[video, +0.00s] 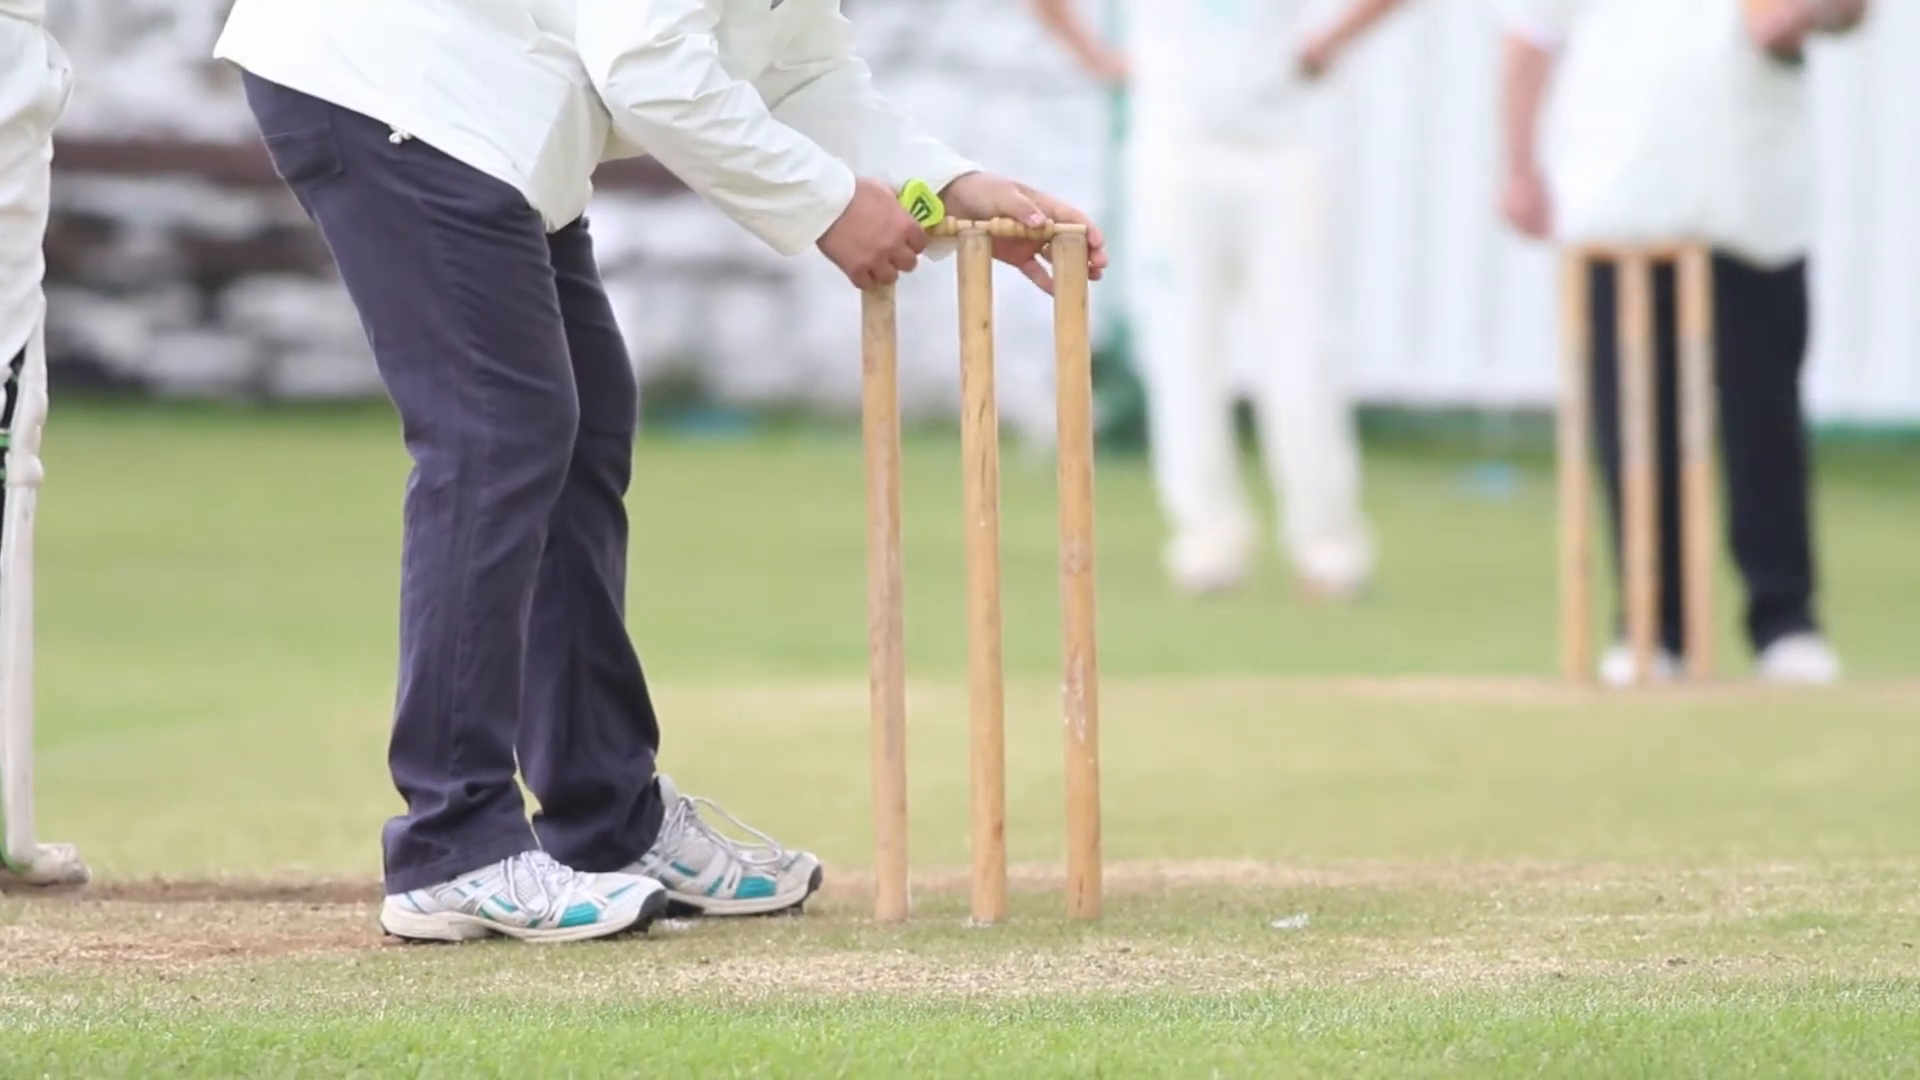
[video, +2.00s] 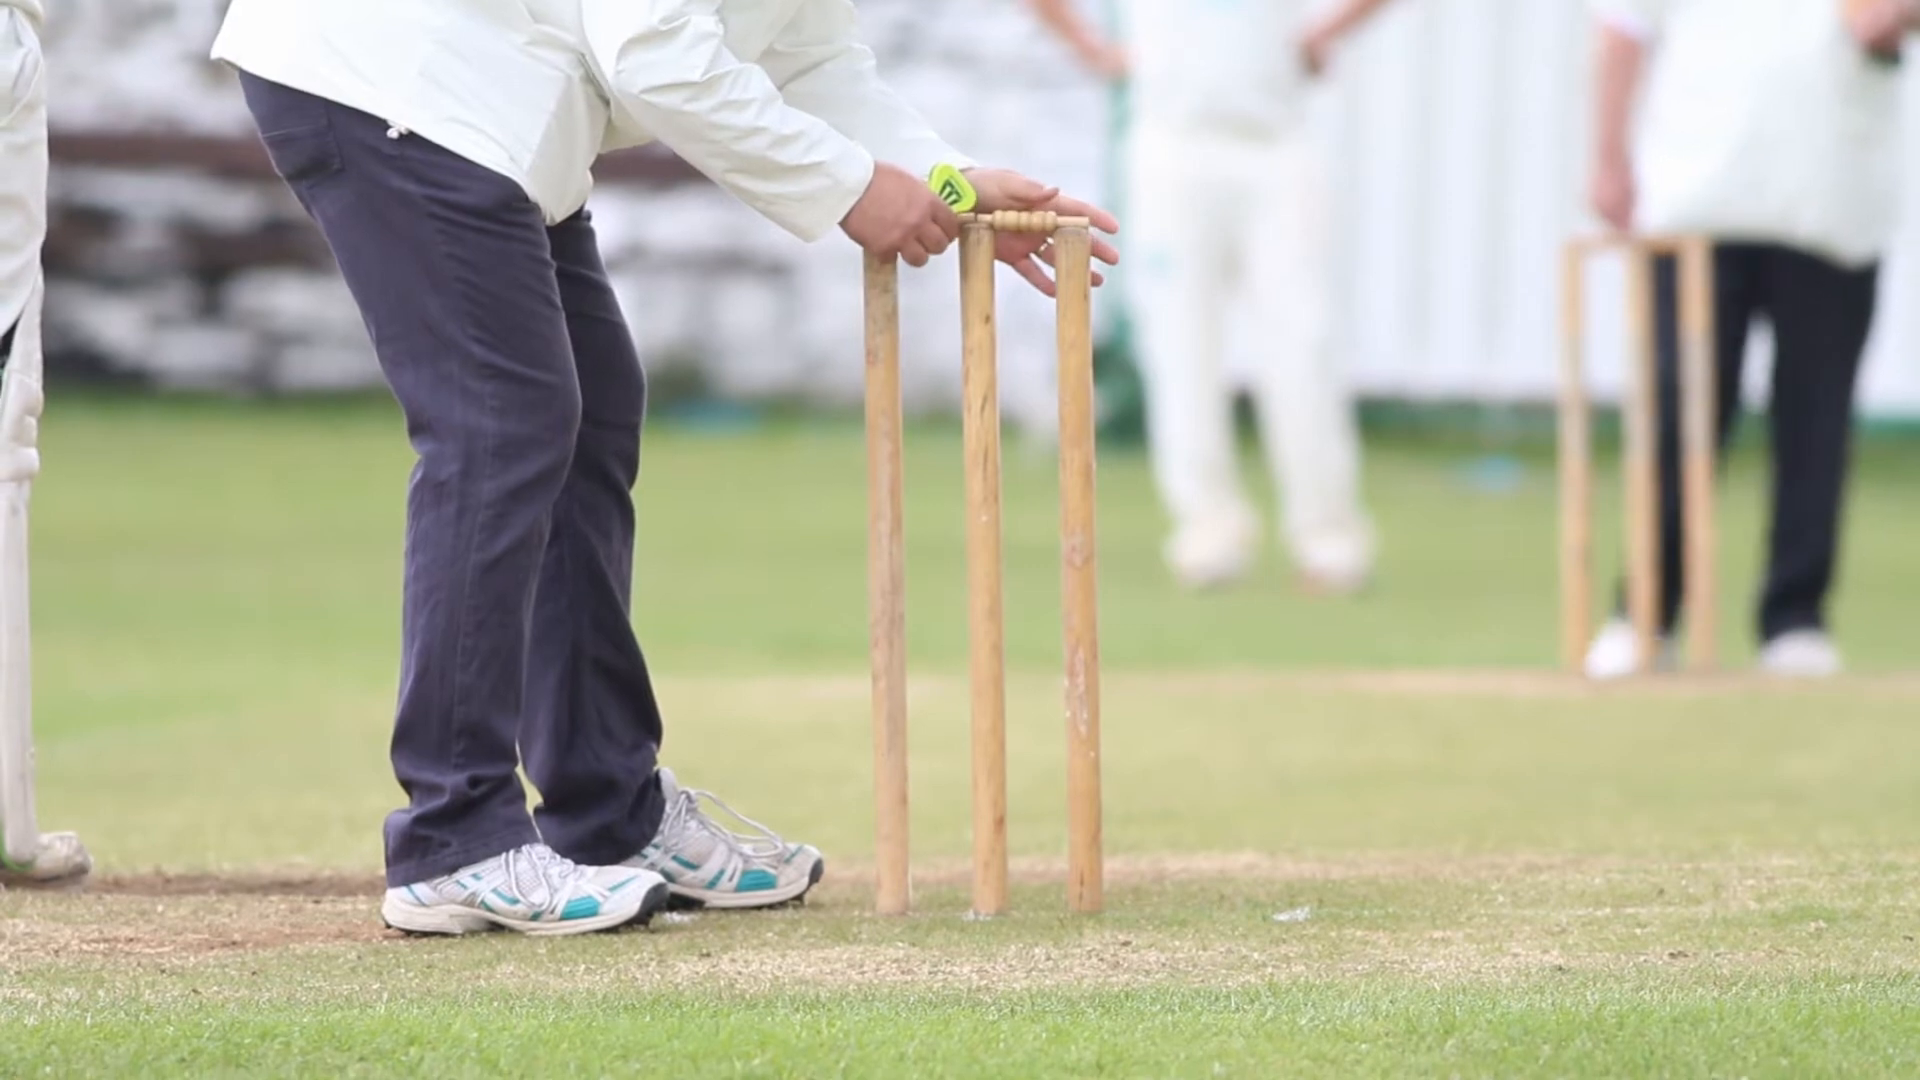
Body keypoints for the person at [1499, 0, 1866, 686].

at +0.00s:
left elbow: (1855, 10)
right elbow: (1530, 27)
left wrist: (1805, 13)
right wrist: (1521, 165)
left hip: (1754, 197)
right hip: (1616, 198)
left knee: (1763, 426)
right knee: (1632, 437)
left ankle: (1785, 628)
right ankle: (1651, 635)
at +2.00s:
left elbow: (1879, 24)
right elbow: (1624, 24)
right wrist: (1612, 160)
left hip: (1836, 199)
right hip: (1696, 193)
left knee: (1812, 434)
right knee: (1678, 426)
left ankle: (1796, 624)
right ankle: (1642, 618)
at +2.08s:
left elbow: (1871, 23)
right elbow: (1618, 24)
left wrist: (1888, 17)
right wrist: (1605, 160)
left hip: (1831, 199)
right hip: (1692, 194)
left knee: (1810, 433)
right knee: (1672, 425)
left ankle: (1795, 623)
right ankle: (1632, 618)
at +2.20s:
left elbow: (1874, 22)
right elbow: (1603, 21)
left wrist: (1878, 14)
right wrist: (1592, 158)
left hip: (1819, 199)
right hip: (1675, 195)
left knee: (1804, 435)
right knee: (1665, 430)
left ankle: (1794, 623)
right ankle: (1628, 623)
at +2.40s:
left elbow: (1893, 6)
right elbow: (1571, 21)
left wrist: (1845, 10)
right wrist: (1559, 156)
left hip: (1791, 186)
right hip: (1644, 180)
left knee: (1785, 419)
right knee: (1637, 417)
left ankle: (1792, 621)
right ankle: (1626, 619)